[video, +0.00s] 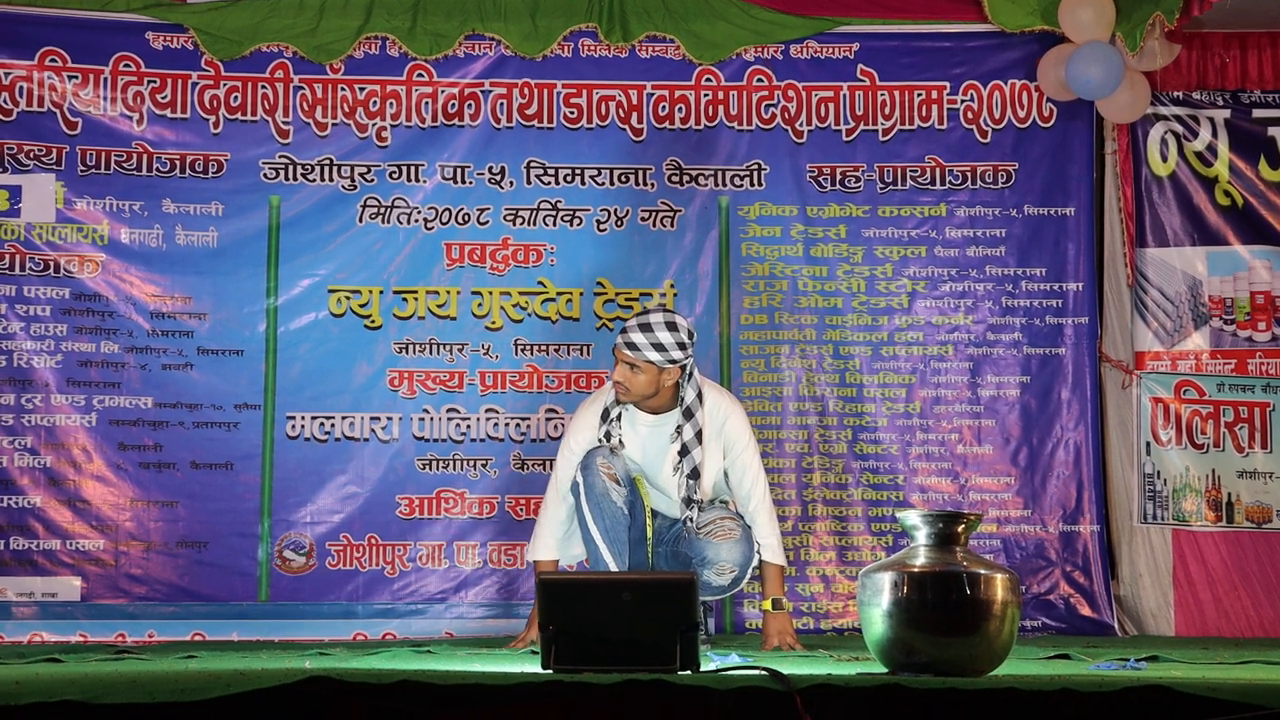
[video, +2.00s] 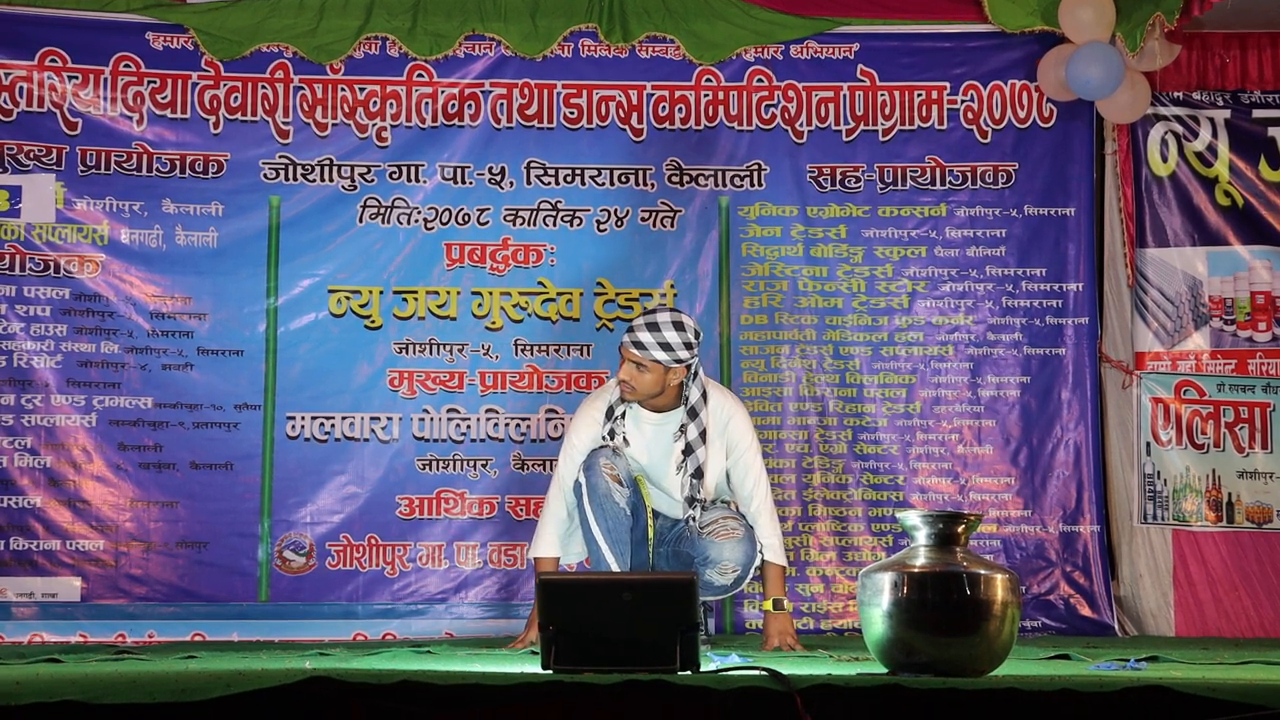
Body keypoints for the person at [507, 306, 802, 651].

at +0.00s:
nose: (616, 376)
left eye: (632, 369)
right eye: (616, 362)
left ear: (670, 374)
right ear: (615, 356)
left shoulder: (723, 413)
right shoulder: (595, 413)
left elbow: (759, 506)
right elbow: (556, 502)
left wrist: (776, 607)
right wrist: (542, 603)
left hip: (692, 537)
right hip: (629, 531)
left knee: (730, 549)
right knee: (599, 462)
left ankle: (688, 608)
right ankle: (620, 603)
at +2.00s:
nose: (622, 375)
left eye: (638, 368)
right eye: (622, 360)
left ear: (677, 374)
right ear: (620, 355)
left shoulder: (725, 413)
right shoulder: (598, 411)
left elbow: (760, 507)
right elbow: (558, 502)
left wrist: (777, 608)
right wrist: (542, 606)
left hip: (691, 539)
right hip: (629, 531)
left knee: (733, 548)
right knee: (601, 463)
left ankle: (687, 611)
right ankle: (621, 607)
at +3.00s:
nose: (623, 375)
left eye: (640, 368)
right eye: (624, 360)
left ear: (678, 374)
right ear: (621, 355)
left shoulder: (727, 414)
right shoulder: (598, 411)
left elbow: (762, 508)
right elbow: (558, 506)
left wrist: (777, 609)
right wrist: (541, 608)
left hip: (691, 539)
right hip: (628, 531)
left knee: (733, 547)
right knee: (604, 463)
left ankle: (688, 610)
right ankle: (620, 607)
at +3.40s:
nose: (623, 374)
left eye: (639, 367)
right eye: (624, 360)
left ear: (678, 373)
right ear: (622, 355)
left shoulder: (728, 414)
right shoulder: (600, 411)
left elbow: (762, 507)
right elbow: (558, 506)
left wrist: (777, 609)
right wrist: (542, 607)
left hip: (693, 538)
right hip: (630, 530)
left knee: (733, 546)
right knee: (604, 462)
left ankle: (690, 610)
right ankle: (620, 607)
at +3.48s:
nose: (623, 374)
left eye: (639, 367)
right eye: (624, 360)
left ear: (678, 374)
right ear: (622, 355)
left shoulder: (728, 414)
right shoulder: (600, 411)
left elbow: (763, 508)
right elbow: (559, 506)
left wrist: (777, 609)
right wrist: (542, 607)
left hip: (693, 538)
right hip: (631, 530)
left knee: (734, 546)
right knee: (604, 462)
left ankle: (690, 610)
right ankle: (619, 606)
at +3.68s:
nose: (623, 374)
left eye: (640, 367)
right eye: (624, 360)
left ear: (679, 374)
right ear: (622, 355)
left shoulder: (729, 414)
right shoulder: (601, 411)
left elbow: (763, 508)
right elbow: (559, 505)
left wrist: (777, 609)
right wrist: (542, 607)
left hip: (693, 540)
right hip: (631, 532)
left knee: (733, 545)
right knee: (604, 462)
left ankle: (690, 610)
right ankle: (619, 606)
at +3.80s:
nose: (624, 374)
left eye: (640, 367)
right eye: (624, 360)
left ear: (679, 373)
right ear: (622, 355)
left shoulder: (728, 414)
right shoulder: (601, 411)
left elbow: (763, 508)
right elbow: (559, 505)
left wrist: (777, 609)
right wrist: (542, 607)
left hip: (692, 540)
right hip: (630, 532)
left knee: (734, 544)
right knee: (604, 462)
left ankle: (689, 610)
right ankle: (619, 606)